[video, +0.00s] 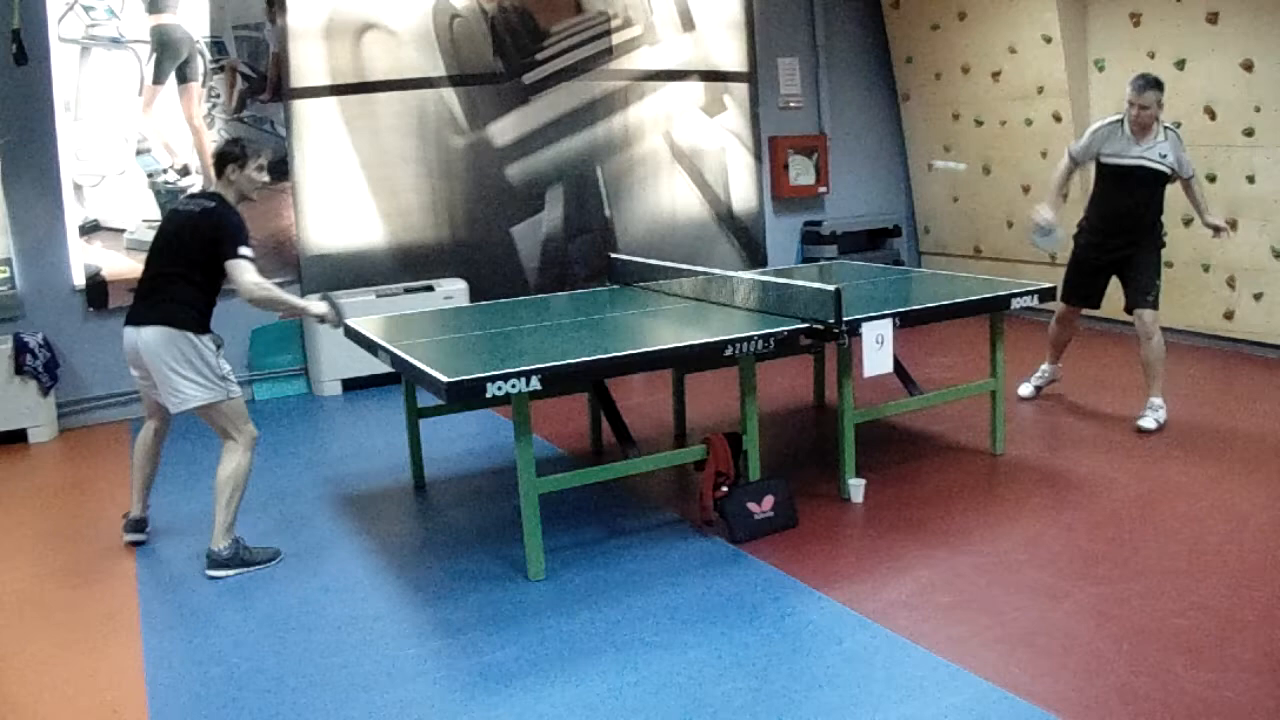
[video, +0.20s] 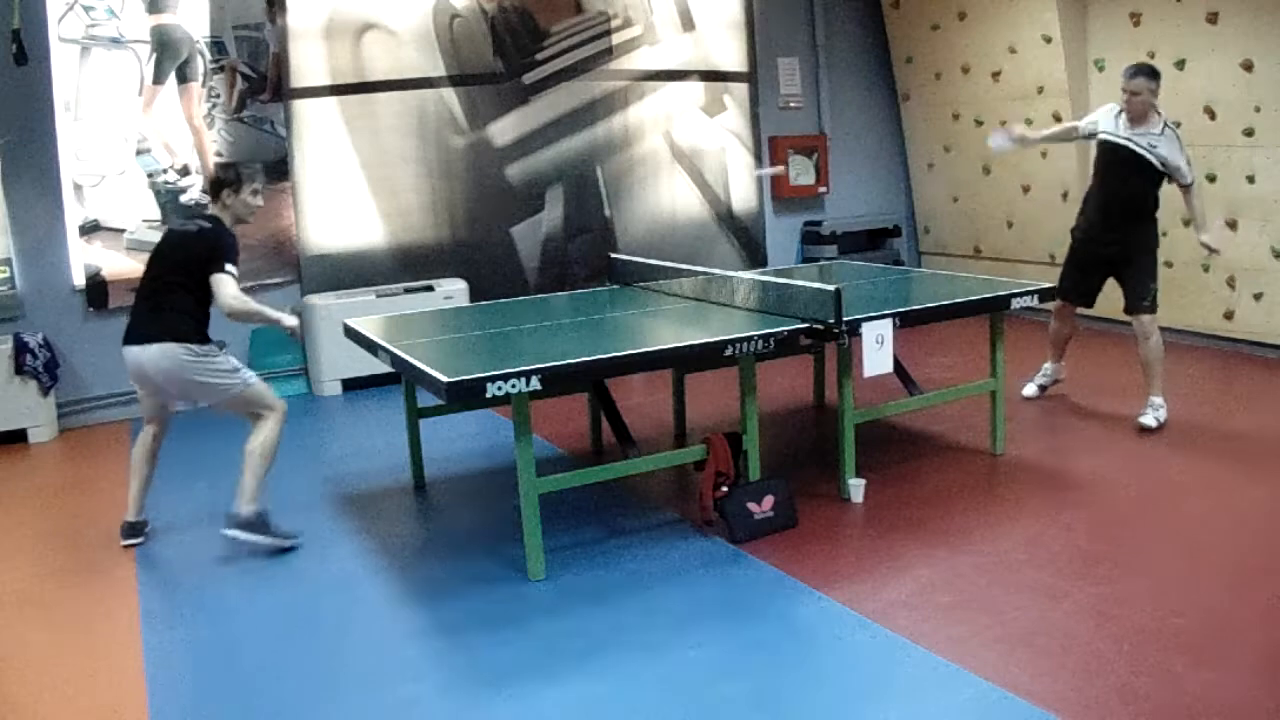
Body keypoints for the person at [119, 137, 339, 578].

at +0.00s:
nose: (265, 179)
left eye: (265, 171)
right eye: (258, 170)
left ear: (222, 171)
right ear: (231, 170)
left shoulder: (183, 207)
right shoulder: (226, 217)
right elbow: (250, 287)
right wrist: (307, 307)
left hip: (136, 333)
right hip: (176, 334)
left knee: (155, 420)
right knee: (241, 436)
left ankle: (136, 516)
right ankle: (223, 547)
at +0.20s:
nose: (260, 202)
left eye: (261, 194)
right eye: (254, 194)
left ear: (221, 197)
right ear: (227, 194)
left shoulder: (177, 231)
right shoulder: (219, 237)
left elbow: (160, 287)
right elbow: (230, 303)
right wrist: (281, 319)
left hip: (136, 349)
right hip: (179, 349)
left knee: (152, 425)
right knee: (270, 411)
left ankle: (132, 521)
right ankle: (247, 514)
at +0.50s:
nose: (334, 227)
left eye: (334, 219)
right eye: (331, 219)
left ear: (298, 215)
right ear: (315, 218)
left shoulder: (253, 246)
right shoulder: (304, 257)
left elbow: (212, 299)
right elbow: (354, 298)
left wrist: (188, 350)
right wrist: (392, 282)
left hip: (205, 360)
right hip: (252, 364)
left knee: (183, 436)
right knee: (341, 402)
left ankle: (138, 519)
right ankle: (391, 486)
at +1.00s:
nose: (365, 185)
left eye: (365, 177)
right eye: (362, 177)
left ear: (329, 177)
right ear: (342, 177)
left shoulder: (279, 211)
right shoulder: (338, 224)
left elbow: (241, 268)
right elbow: (376, 280)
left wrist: (222, 326)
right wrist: (414, 271)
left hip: (244, 336)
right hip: (294, 340)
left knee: (256, 409)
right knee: (362, 399)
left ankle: (221, 496)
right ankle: (398, 488)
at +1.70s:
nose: (253, 210)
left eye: (253, 201)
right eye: (247, 201)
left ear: (208, 202)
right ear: (221, 202)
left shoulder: (163, 242)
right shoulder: (197, 251)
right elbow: (224, 334)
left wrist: (258, 335)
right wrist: (284, 341)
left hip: (111, 398)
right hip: (159, 399)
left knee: (129, 497)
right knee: (281, 459)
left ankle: (72, 601)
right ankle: (278, 593)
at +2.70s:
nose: (250, 182)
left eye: (250, 172)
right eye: (245, 173)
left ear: (195, 172)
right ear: (219, 173)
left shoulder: (149, 215)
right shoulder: (210, 231)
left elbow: (117, 278)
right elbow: (270, 309)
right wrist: (323, 328)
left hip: (86, 376)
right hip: (142, 381)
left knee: (137, 472)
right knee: (255, 478)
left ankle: (141, 599)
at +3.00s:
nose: (166, 222)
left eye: (167, 212)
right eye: (161, 212)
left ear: (123, 215)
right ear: (132, 216)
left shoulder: (85, 255)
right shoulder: (100, 269)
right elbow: (136, 368)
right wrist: (208, 407)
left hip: (20, 405)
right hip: (33, 411)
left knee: (57, 494)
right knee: (137, 495)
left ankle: (16, 593)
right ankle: (184, 633)